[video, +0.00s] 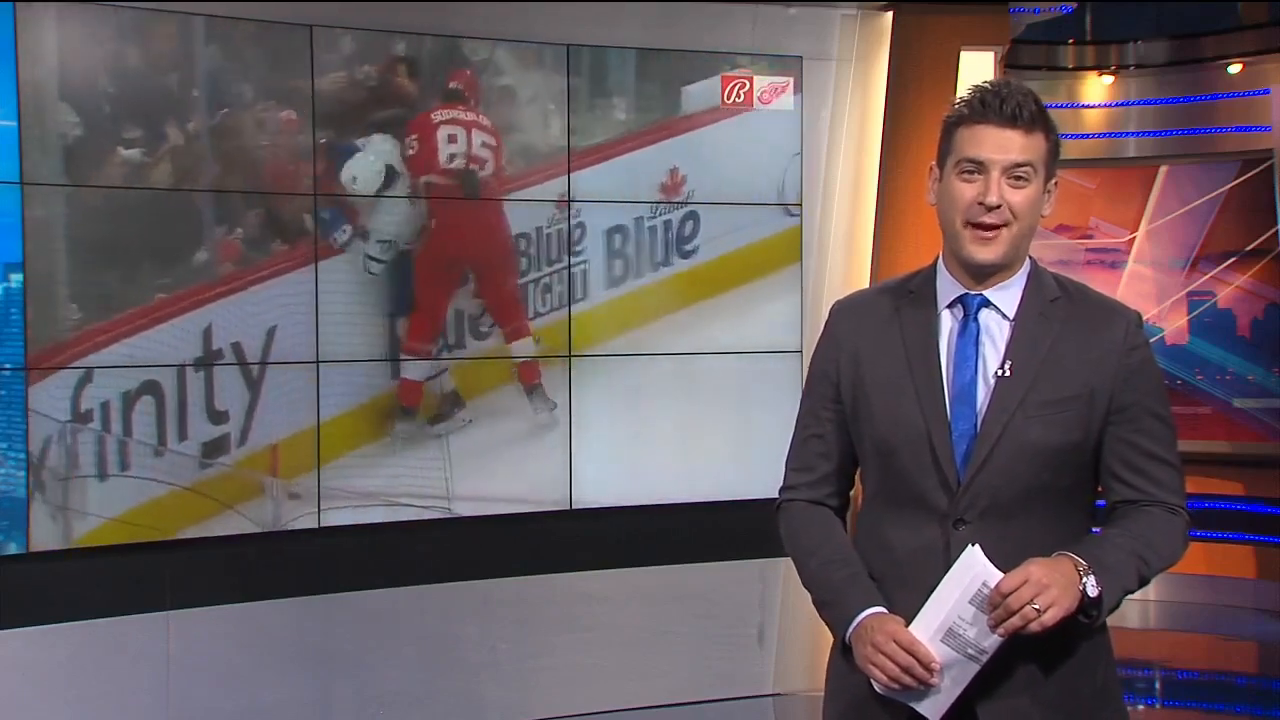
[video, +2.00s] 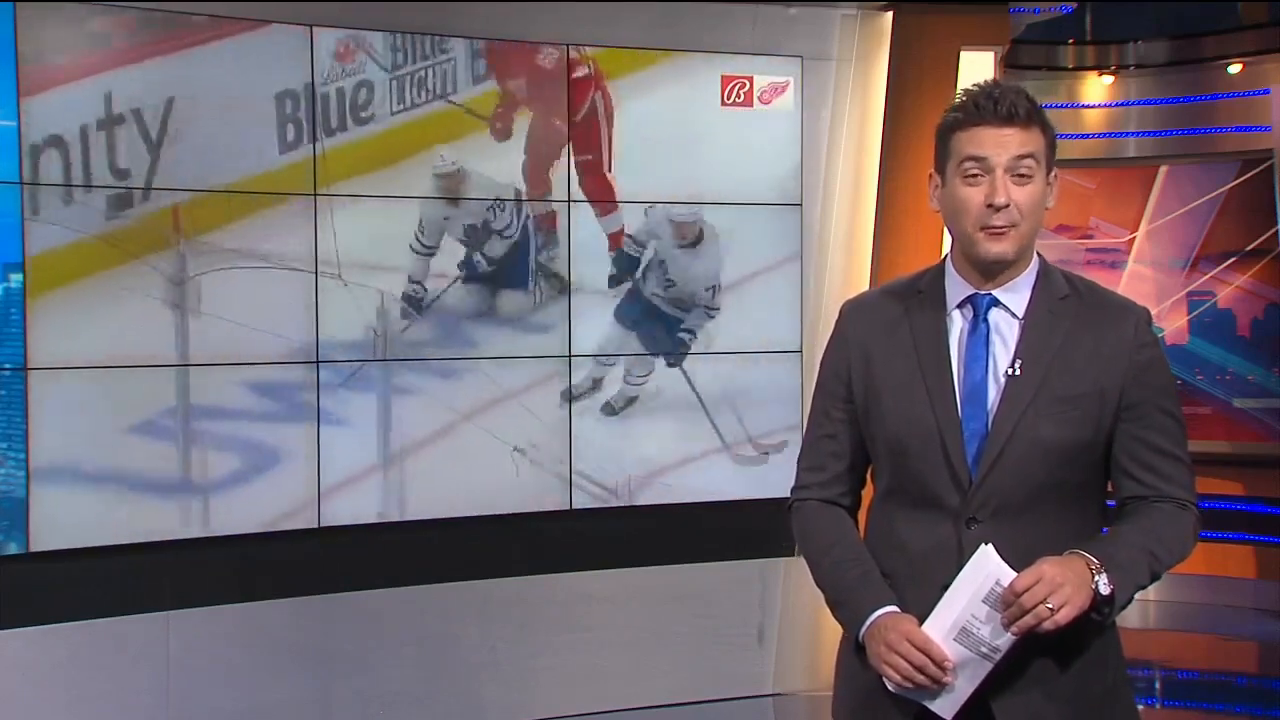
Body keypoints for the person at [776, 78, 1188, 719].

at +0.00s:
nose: (991, 197)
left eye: (1017, 177)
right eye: (970, 172)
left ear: (1047, 196)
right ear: (936, 185)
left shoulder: (1109, 336)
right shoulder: (857, 326)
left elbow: (1156, 512)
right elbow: (807, 499)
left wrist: (1082, 571)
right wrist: (860, 617)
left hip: (1046, 692)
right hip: (883, 688)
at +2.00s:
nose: (998, 196)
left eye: (1021, 175)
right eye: (974, 174)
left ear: (1050, 192)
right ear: (938, 193)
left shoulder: (1119, 333)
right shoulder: (867, 327)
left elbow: (1166, 507)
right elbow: (819, 499)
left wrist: (1095, 569)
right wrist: (873, 616)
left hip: (1057, 688)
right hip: (894, 686)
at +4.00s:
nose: (1001, 189)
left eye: (1027, 172)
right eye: (980, 165)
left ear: (1054, 197)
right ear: (944, 183)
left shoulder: (1119, 337)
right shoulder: (866, 327)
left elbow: (1164, 512)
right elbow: (817, 501)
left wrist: (1093, 574)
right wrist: (870, 620)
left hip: (1056, 692)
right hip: (892, 687)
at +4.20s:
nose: (1001, 188)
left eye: (1027, 171)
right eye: (980, 164)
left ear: (1054, 196)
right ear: (944, 183)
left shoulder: (1118, 335)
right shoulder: (864, 326)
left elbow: (1166, 509)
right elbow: (814, 500)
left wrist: (1094, 572)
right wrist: (870, 619)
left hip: (1056, 692)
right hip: (892, 688)